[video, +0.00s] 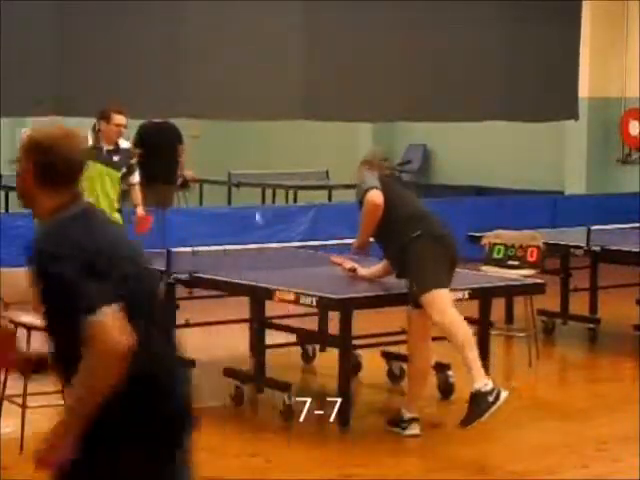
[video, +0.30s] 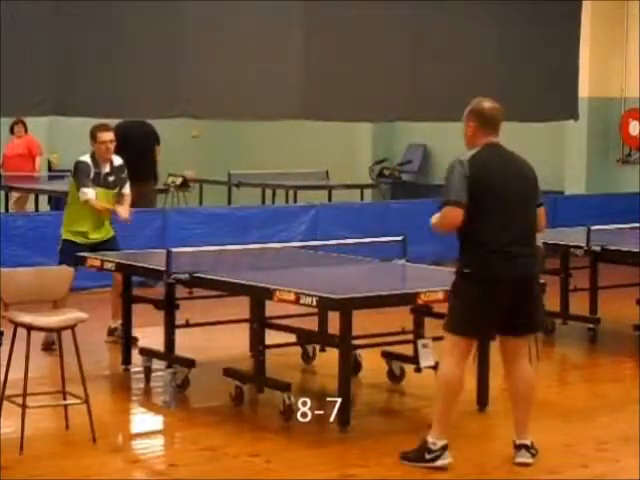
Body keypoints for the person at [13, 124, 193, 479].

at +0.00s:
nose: (17, 177)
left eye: (19, 167)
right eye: (18, 167)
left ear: (28, 174)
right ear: (75, 172)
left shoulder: (57, 241)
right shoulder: (99, 225)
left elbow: (113, 341)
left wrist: (67, 430)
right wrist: (42, 361)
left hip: (119, 427)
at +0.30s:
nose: (109, 147)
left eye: (112, 142)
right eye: (104, 143)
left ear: (115, 143)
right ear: (93, 145)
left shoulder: (119, 164)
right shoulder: (83, 164)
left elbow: (125, 193)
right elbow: (88, 198)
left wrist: (124, 208)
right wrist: (114, 208)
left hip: (103, 230)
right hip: (76, 232)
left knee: (121, 274)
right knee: (64, 282)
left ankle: (116, 325)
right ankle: (52, 331)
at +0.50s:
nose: (96, 139)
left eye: (98, 134)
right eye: (91, 135)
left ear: (103, 134)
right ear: (81, 138)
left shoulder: (114, 156)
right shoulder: (71, 157)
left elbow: (126, 194)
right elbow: (61, 191)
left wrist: (102, 189)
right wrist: (75, 203)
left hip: (102, 227)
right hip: (73, 228)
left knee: (120, 274)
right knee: (63, 279)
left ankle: (117, 324)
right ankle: (53, 330)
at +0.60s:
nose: (92, 141)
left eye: (93, 136)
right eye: (86, 138)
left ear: (99, 136)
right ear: (77, 142)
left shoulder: (110, 156)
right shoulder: (67, 160)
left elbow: (120, 185)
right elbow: (46, 188)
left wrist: (88, 179)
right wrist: (42, 205)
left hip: (102, 230)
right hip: (71, 230)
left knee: (124, 276)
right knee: (59, 280)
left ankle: (126, 327)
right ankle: (52, 332)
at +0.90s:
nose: (86, 167)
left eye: (89, 161)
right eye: (81, 163)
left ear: (96, 156)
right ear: (74, 162)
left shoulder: (109, 170)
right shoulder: (68, 175)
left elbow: (124, 195)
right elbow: (39, 197)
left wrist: (90, 201)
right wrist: (18, 214)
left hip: (103, 238)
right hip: (73, 237)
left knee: (128, 274)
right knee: (58, 284)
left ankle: (127, 328)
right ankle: (51, 331)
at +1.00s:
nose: (84, 168)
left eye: (87, 162)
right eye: (79, 164)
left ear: (94, 157)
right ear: (71, 162)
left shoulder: (106, 162)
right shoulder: (63, 175)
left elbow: (128, 156)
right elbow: (38, 195)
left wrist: (146, 160)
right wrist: (23, 212)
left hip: (105, 237)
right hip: (74, 238)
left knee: (129, 277)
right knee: (61, 285)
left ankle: (128, 328)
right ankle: (52, 332)